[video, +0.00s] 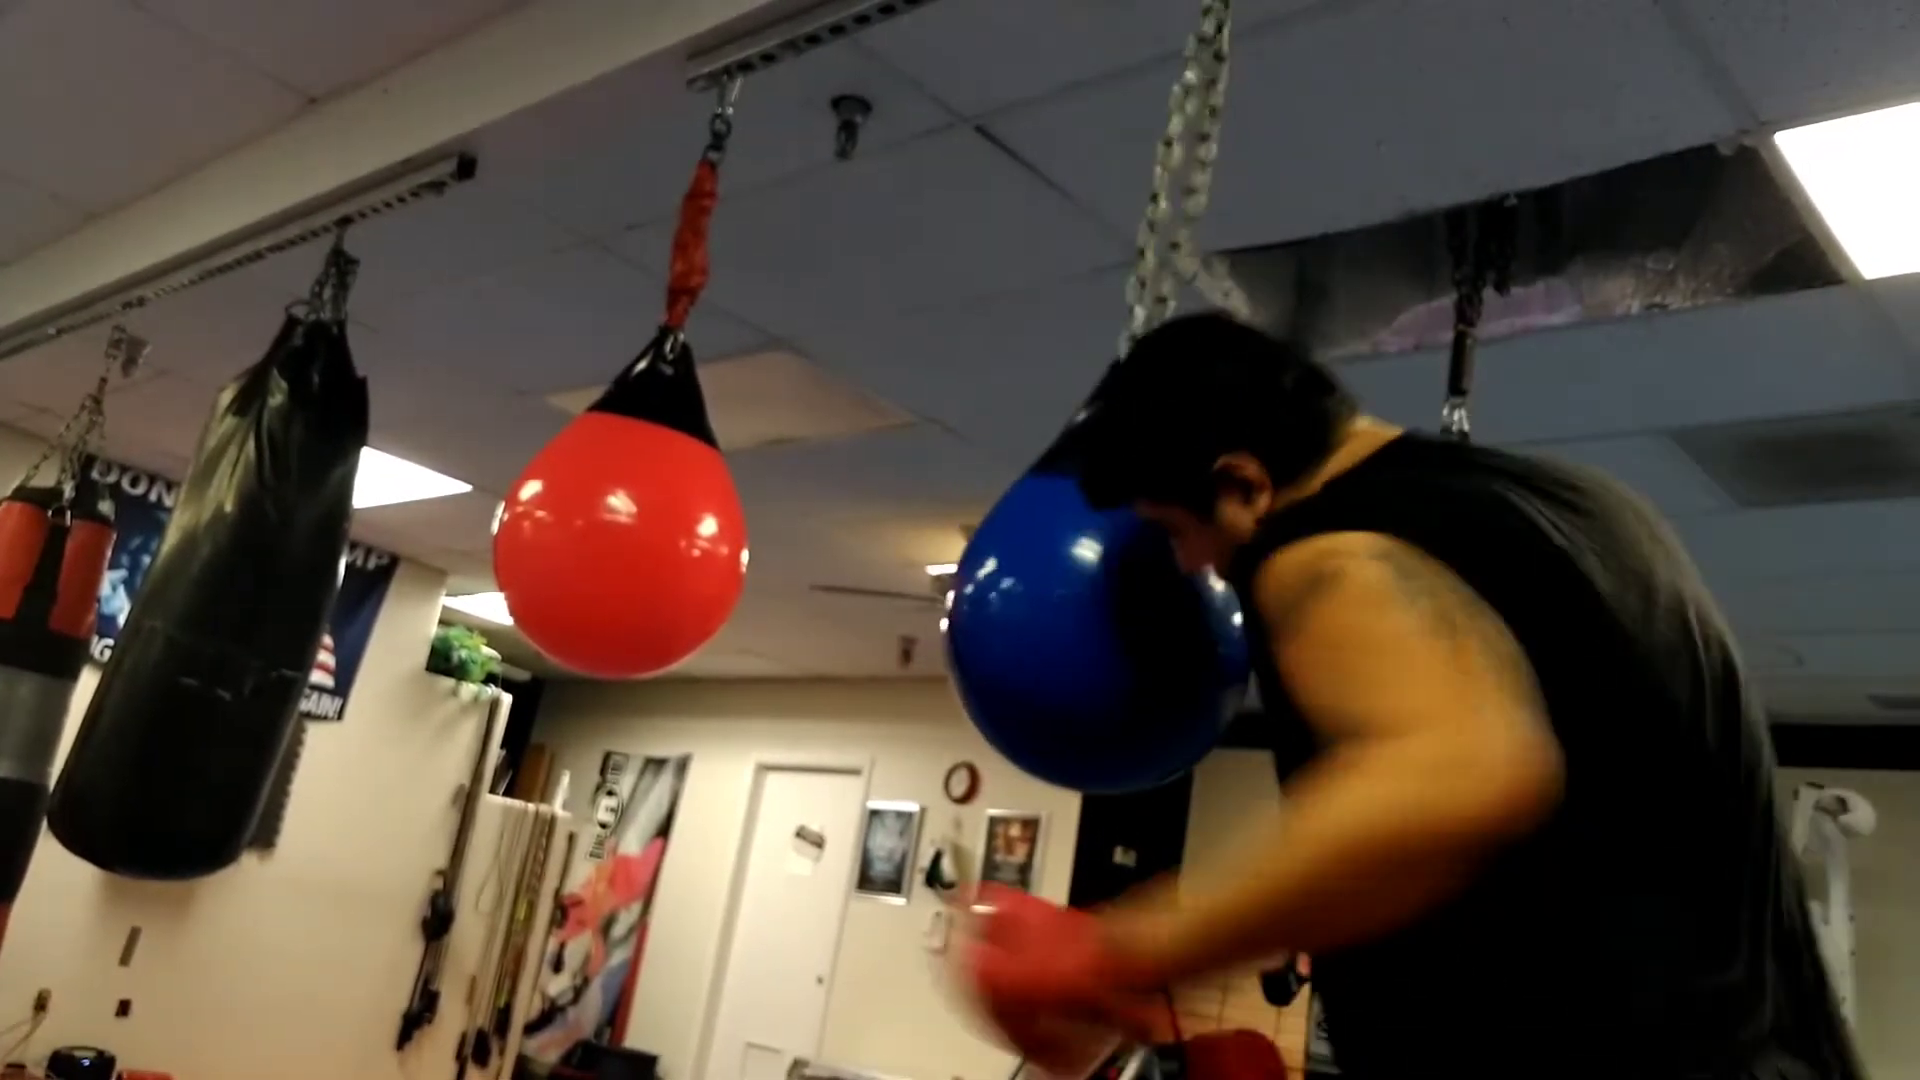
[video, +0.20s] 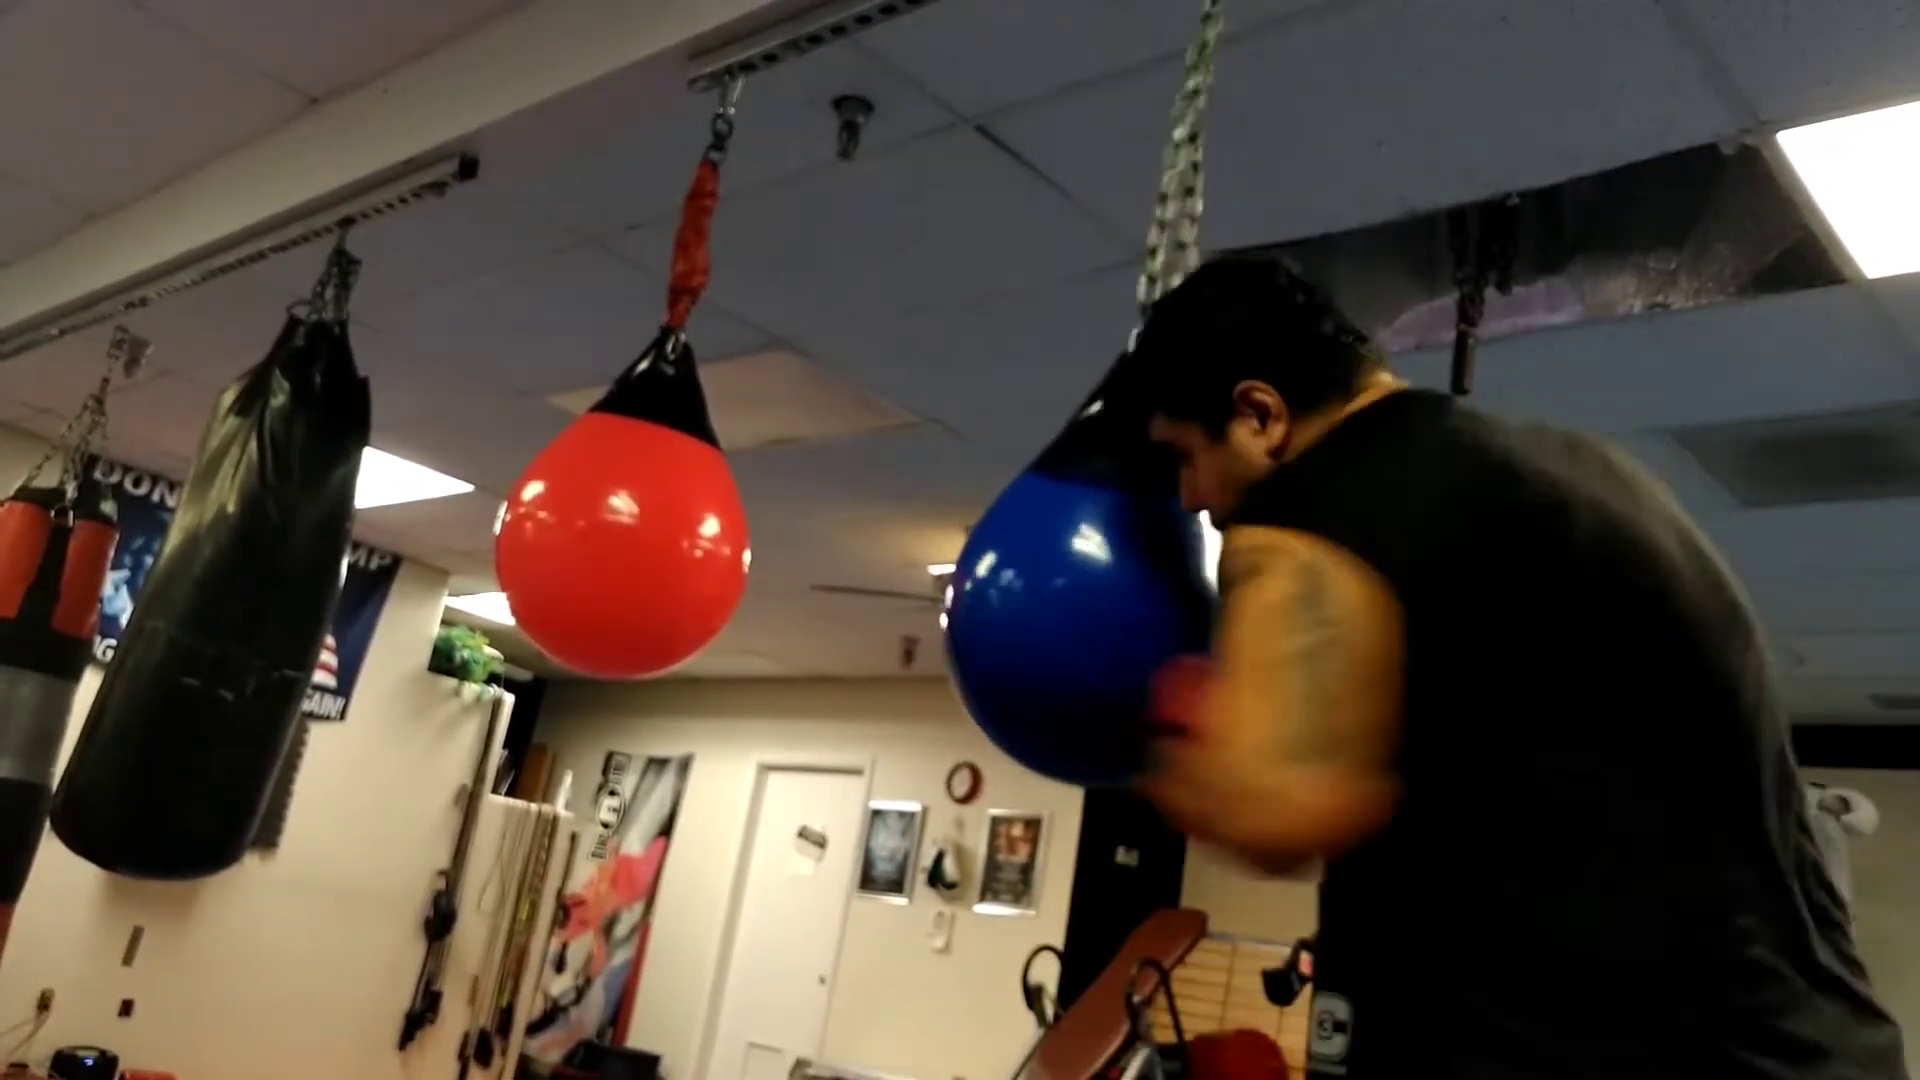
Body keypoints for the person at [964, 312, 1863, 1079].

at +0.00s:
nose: (1195, 575)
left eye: (1177, 540)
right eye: (1170, 550)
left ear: (1243, 486)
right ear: (1348, 424)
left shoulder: (1328, 556)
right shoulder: (1573, 504)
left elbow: (1466, 760)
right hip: (1746, 1043)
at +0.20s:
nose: (1190, 496)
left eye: (1184, 455)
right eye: (1174, 466)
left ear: (1259, 413)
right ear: (1351, 375)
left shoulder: (1311, 517)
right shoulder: (1563, 462)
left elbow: (1288, 810)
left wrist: (1137, 727)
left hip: (1540, 1039)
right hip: (1799, 1022)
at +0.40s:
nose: (1278, 533)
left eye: (1283, 490)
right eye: (1270, 499)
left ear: (1367, 464)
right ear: (1372, 465)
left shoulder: (1461, 538)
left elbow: (1611, 708)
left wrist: (1290, 811)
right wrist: (1299, 731)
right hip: (1750, 1048)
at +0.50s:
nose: (1354, 524)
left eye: (1358, 495)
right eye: (1343, 504)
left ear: (1436, 447)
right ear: (1516, 444)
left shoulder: (1463, 532)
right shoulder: (1694, 545)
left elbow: (1253, 638)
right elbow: (1605, 808)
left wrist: (1058, 582)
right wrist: (1398, 771)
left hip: (1580, 1044)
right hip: (1828, 1039)